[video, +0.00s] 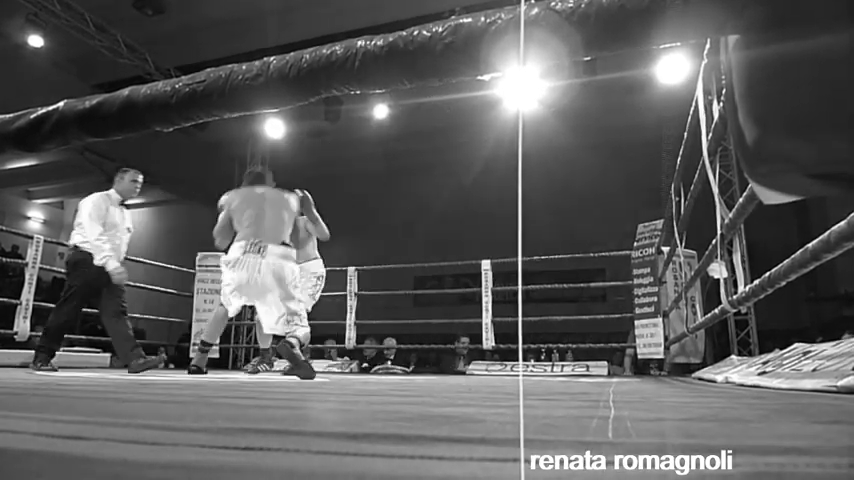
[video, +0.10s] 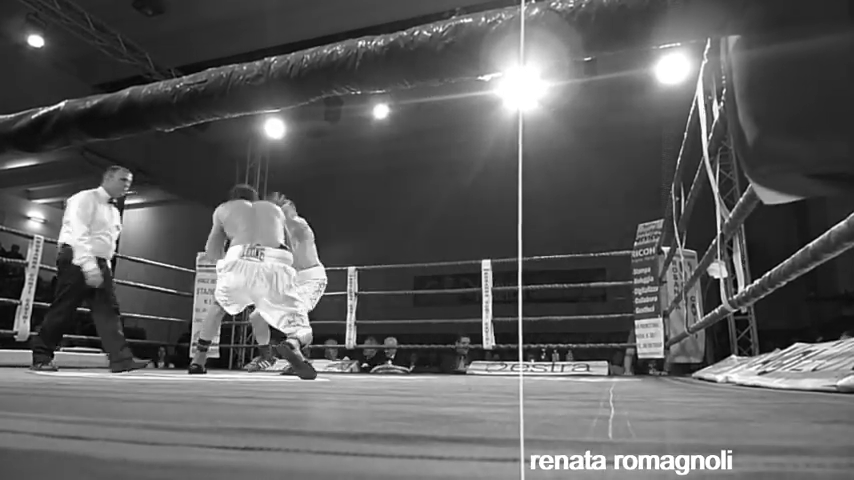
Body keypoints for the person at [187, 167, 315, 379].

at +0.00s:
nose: (275, 184)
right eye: (273, 181)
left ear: (245, 183)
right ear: (270, 182)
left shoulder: (231, 197)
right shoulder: (291, 199)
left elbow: (221, 241)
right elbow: (299, 240)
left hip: (240, 264)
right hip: (280, 268)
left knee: (225, 306)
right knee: (297, 320)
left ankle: (199, 360)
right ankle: (291, 343)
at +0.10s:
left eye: (229, 201)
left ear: (232, 199)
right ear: (256, 198)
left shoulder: (223, 210)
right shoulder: (276, 209)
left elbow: (212, 253)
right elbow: (291, 245)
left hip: (238, 268)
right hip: (277, 269)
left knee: (217, 308)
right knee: (301, 326)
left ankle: (198, 361)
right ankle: (292, 344)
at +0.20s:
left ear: (229, 210)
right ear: (252, 209)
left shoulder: (218, 219)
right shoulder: (272, 217)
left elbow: (213, 258)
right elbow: (292, 256)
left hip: (235, 268)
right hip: (274, 269)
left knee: (217, 308)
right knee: (305, 324)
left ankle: (198, 361)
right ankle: (292, 346)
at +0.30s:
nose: (287, 217)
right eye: (286, 213)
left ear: (261, 207)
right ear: (282, 210)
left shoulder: (232, 216)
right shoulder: (285, 217)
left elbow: (214, 251)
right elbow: (299, 253)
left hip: (224, 261)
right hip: (263, 263)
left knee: (222, 305)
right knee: (306, 320)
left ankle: (198, 361)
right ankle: (294, 352)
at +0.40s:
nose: (302, 204)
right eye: (302, 201)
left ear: (279, 192)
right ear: (298, 196)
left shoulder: (250, 203)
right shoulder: (299, 202)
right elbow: (307, 249)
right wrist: (314, 234)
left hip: (224, 253)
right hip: (259, 254)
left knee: (229, 304)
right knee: (308, 315)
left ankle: (200, 359)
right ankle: (288, 359)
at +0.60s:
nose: (324, 157)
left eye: (322, 154)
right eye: (323, 153)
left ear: (294, 151)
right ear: (319, 152)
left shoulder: (271, 166)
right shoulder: (319, 164)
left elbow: (255, 201)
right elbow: (334, 210)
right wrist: (324, 185)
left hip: (248, 227)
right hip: (281, 227)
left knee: (251, 292)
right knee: (306, 297)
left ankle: (228, 357)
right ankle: (287, 360)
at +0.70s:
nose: (322, 147)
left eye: (319, 144)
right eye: (321, 144)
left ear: (294, 142)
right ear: (318, 143)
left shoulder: (273, 158)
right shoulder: (324, 157)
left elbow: (255, 197)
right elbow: (338, 202)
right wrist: (327, 176)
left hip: (256, 223)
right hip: (290, 224)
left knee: (263, 288)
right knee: (304, 291)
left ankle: (245, 355)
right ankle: (288, 357)